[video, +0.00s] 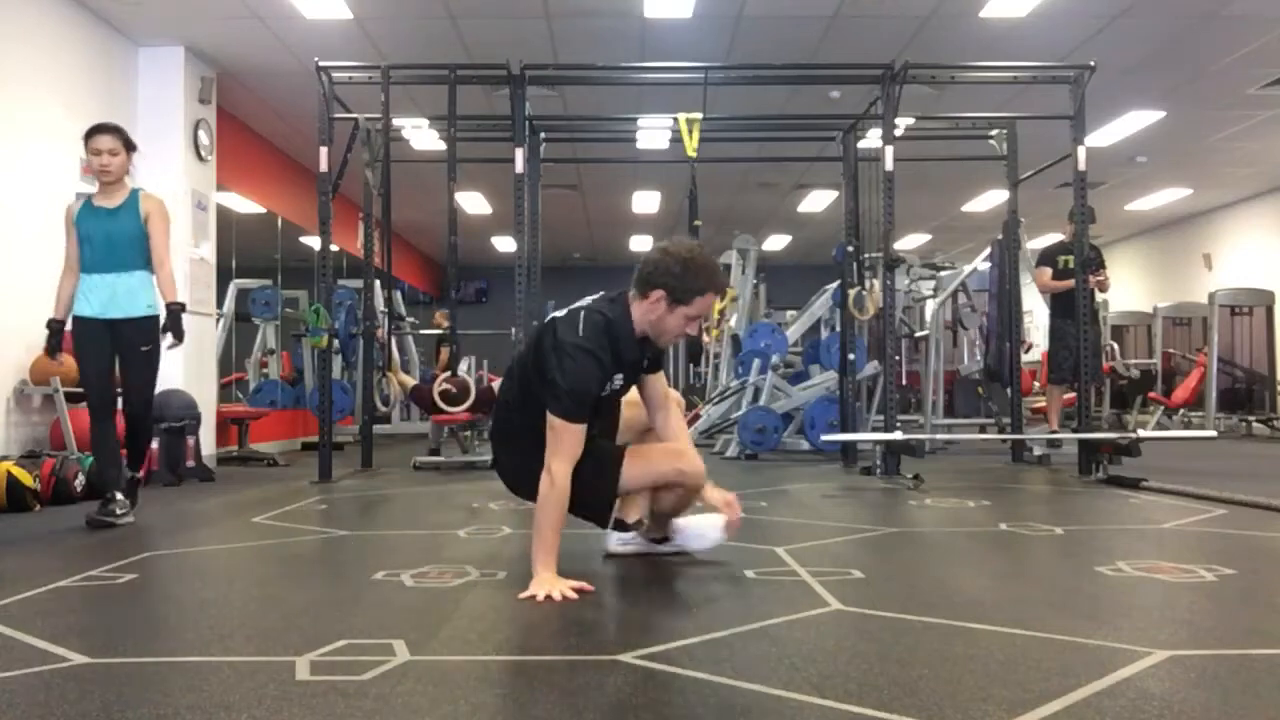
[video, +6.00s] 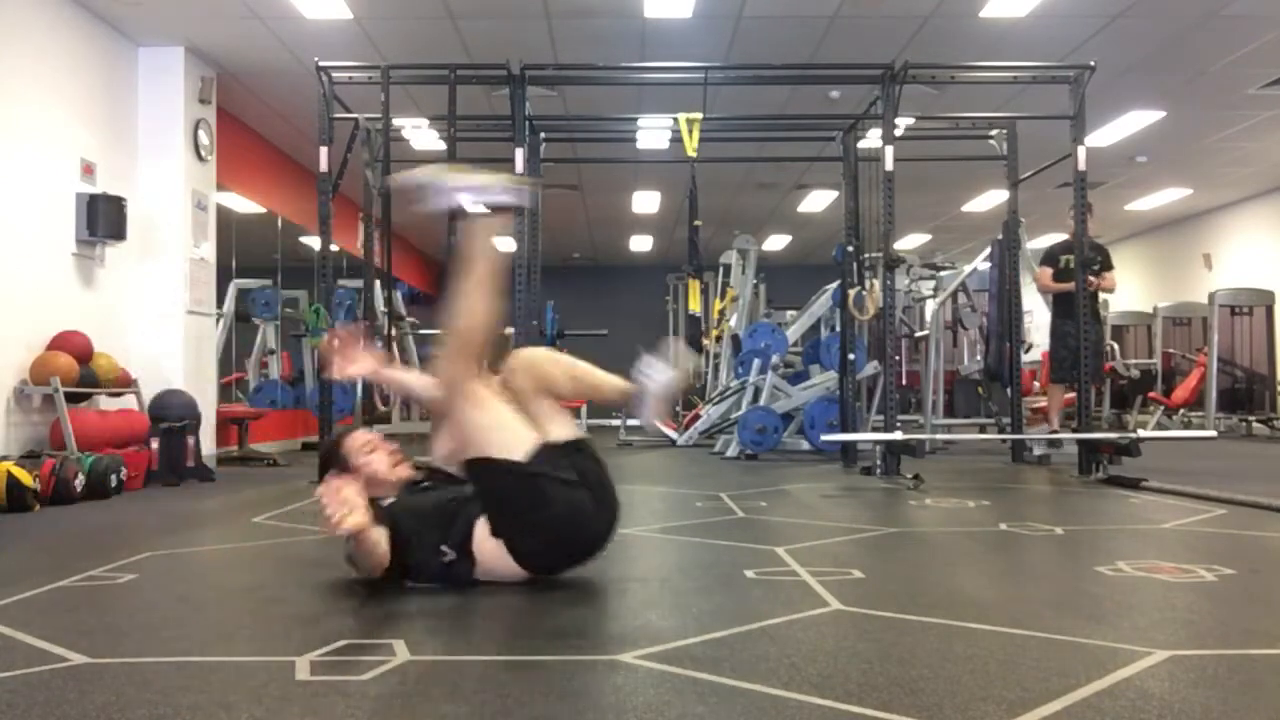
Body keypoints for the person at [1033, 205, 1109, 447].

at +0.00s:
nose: (1082, 230)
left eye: (1086, 225)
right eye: (1078, 224)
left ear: (1091, 226)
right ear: (1069, 224)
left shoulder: (1093, 252)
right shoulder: (1050, 252)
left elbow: (1104, 287)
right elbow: (1042, 284)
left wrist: (1101, 281)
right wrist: (1076, 283)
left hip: (1089, 321)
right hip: (1062, 321)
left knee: (1089, 376)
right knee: (1058, 377)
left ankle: (1087, 423)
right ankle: (1054, 427)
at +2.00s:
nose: (1082, 230)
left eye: (1086, 225)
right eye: (1078, 224)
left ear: (1092, 227)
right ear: (1069, 224)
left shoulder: (1094, 252)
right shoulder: (1051, 252)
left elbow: (1104, 287)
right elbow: (1043, 285)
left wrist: (1100, 282)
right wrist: (1075, 283)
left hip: (1089, 321)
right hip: (1062, 321)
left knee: (1089, 375)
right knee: (1058, 377)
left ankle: (1087, 423)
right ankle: (1054, 427)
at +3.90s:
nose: (1065, 236)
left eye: (1067, 231)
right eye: (1062, 230)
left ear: (1063, 230)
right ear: (1049, 225)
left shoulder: (1064, 251)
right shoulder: (1029, 250)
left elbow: (1069, 280)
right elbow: (1025, 286)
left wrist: (1081, 280)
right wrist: (1063, 284)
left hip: (1061, 318)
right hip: (1038, 319)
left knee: (1072, 373)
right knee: (1038, 377)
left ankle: (1076, 422)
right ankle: (1038, 425)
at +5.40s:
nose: (1081, 229)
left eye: (1085, 224)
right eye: (1077, 223)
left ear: (1089, 225)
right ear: (1068, 223)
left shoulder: (1094, 252)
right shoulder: (1052, 251)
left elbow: (1102, 280)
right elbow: (1044, 284)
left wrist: (1101, 281)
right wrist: (1078, 283)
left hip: (1086, 318)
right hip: (1060, 318)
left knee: (1086, 373)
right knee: (1051, 373)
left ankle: (1085, 422)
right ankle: (1040, 423)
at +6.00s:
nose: (1079, 223)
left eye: (1084, 218)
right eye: (1075, 218)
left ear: (1091, 220)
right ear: (1068, 220)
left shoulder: (1100, 251)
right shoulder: (1055, 251)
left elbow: (1111, 283)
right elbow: (1043, 284)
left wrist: (1098, 283)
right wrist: (1073, 285)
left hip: (1091, 320)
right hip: (1064, 320)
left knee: (1090, 375)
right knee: (1059, 376)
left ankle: (1087, 424)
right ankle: (1054, 426)